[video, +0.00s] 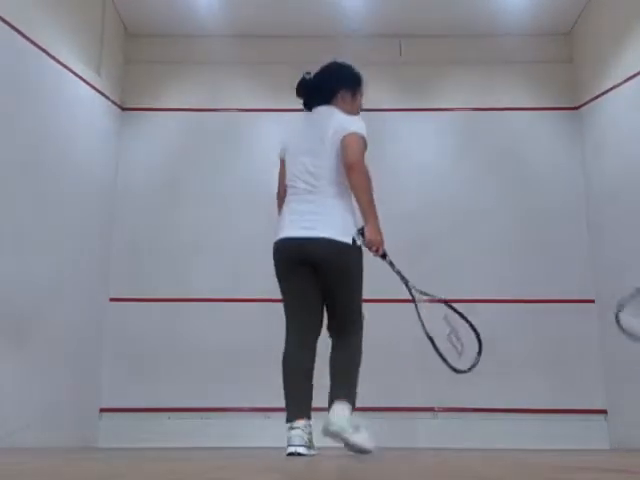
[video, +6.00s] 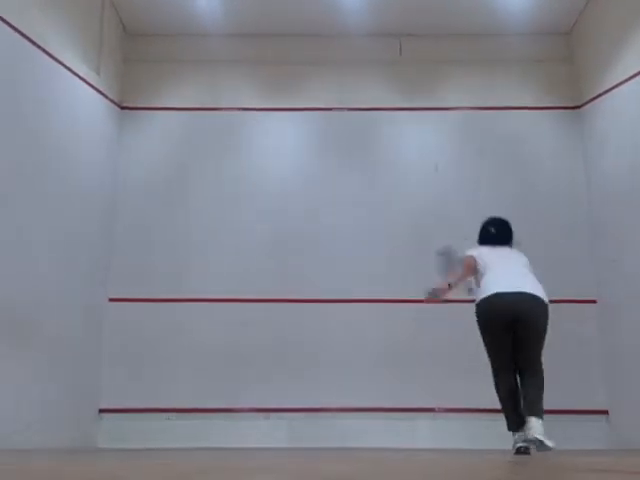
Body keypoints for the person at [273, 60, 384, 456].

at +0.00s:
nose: (360, 105)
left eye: (360, 98)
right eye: (358, 98)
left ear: (319, 95)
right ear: (343, 94)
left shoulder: (293, 131)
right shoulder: (348, 123)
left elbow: (284, 194)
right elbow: (354, 164)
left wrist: (291, 235)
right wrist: (372, 223)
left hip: (289, 243)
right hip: (335, 243)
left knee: (300, 333)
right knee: (347, 330)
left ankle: (298, 428)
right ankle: (341, 411)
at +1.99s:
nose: (358, 178)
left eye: (358, 172)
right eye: (357, 172)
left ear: (328, 174)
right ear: (348, 173)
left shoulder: (317, 201)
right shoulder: (346, 195)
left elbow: (299, 243)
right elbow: (366, 238)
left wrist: (283, 277)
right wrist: (358, 204)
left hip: (298, 287)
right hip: (316, 289)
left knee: (321, 356)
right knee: (323, 356)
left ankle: (322, 430)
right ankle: (278, 419)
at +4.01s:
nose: (295, 112)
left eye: (293, 107)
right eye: (292, 107)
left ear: (254, 110)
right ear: (285, 108)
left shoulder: (238, 143)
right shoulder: (299, 139)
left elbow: (217, 202)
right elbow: (311, 192)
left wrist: (243, 233)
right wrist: (327, 250)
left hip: (238, 245)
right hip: (284, 243)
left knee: (230, 337)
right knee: (305, 338)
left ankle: (195, 428)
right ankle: (320, 431)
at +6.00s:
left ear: (481, 238)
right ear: (509, 239)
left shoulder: (477, 252)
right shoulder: (519, 256)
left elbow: (466, 271)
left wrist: (446, 288)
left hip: (494, 304)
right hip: (532, 303)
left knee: (503, 370)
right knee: (531, 365)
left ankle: (519, 434)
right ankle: (535, 424)